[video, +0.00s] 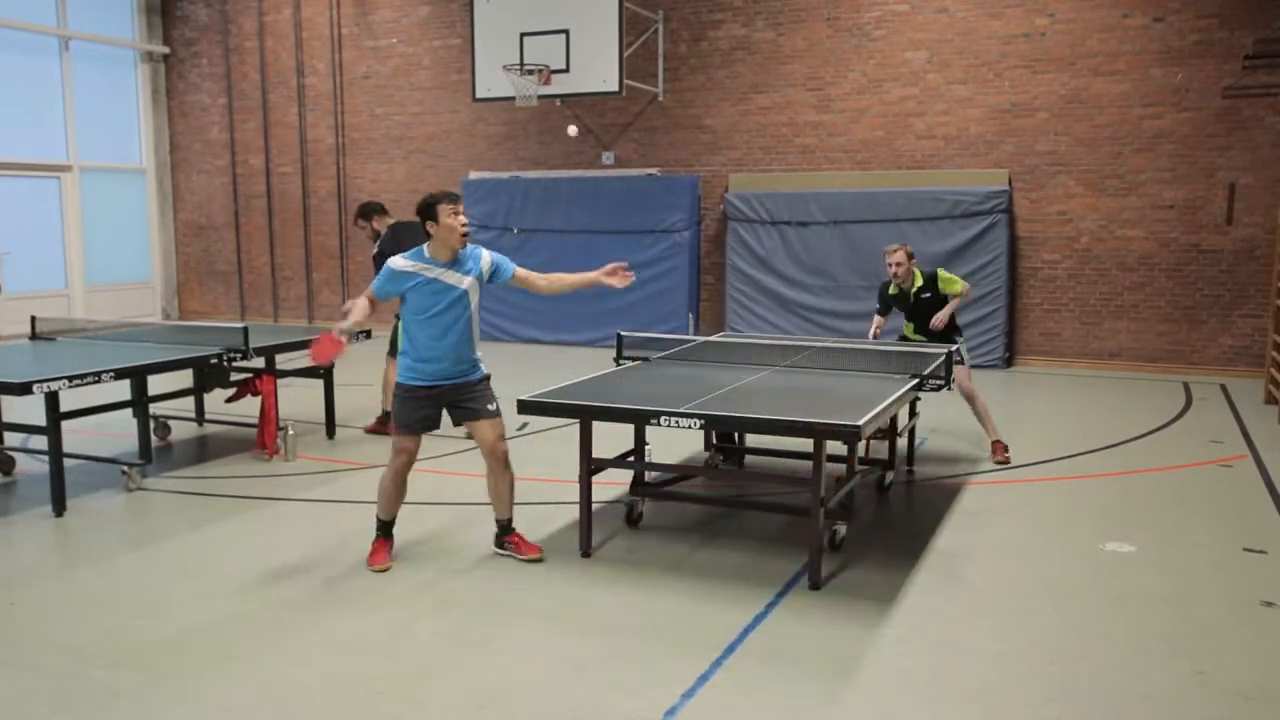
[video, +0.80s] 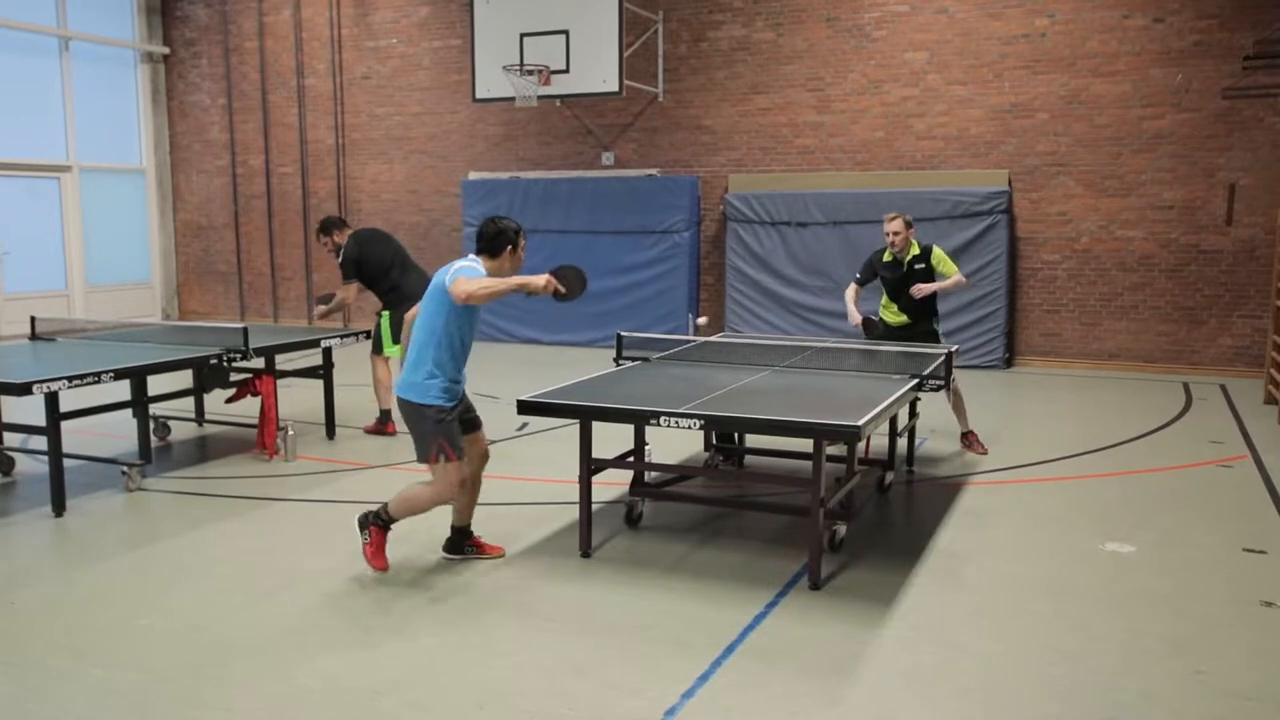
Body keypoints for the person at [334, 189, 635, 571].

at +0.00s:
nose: (464, 221)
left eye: (463, 215)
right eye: (454, 216)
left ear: (462, 220)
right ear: (431, 226)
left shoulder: (479, 260)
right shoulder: (401, 267)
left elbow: (540, 283)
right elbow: (368, 301)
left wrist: (596, 277)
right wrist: (357, 312)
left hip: (467, 378)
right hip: (415, 382)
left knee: (498, 450)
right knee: (402, 457)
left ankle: (506, 534)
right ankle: (383, 538)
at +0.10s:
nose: (453, 219)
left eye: (453, 213)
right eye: (443, 213)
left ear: (454, 220)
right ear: (420, 225)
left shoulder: (473, 261)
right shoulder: (394, 264)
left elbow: (526, 290)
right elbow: (357, 288)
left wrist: (580, 306)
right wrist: (326, 290)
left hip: (460, 379)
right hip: (409, 382)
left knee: (485, 454)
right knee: (398, 459)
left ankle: (487, 536)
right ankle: (382, 538)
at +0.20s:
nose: (449, 218)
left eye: (449, 212)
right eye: (438, 213)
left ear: (451, 221)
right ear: (416, 225)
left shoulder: (466, 262)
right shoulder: (390, 262)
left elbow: (505, 297)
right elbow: (347, 280)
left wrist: (549, 328)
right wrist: (325, 274)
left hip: (454, 380)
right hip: (403, 384)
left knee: (483, 451)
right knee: (396, 460)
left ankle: (489, 535)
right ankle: (382, 537)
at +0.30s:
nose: (451, 222)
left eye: (450, 216)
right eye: (441, 217)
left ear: (450, 223)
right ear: (417, 227)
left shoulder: (465, 264)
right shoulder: (387, 261)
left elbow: (485, 299)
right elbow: (341, 273)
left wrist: (509, 336)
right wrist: (335, 265)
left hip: (449, 377)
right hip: (399, 383)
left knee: (484, 447)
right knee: (392, 461)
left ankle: (489, 528)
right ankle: (381, 537)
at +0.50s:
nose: (485, 245)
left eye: (484, 238)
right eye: (477, 239)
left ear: (467, 246)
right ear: (451, 246)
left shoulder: (474, 281)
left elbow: (450, 321)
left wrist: (457, 350)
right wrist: (367, 294)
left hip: (446, 379)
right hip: (399, 388)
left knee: (494, 438)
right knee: (397, 471)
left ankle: (444, 495)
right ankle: (382, 538)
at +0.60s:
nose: (509, 256)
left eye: (509, 248)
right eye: (504, 248)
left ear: (485, 253)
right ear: (482, 252)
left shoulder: (475, 289)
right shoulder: (435, 276)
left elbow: (443, 327)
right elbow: (389, 298)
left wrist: (460, 355)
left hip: (445, 389)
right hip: (402, 394)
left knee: (483, 456)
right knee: (402, 476)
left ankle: (460, 539)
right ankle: (383, 537)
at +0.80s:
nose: (522, 258)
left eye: (522, 252)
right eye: (521, 252)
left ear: (486, 249)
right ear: (509, 251)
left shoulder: (457, 271)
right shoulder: (470, 269)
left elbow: (412, 317)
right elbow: (464, 293)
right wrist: (526, 283)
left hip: (447, 390)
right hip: (425, 394)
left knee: (476, 454)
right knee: (450, 485)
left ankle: (460, 538)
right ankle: (376, 520)